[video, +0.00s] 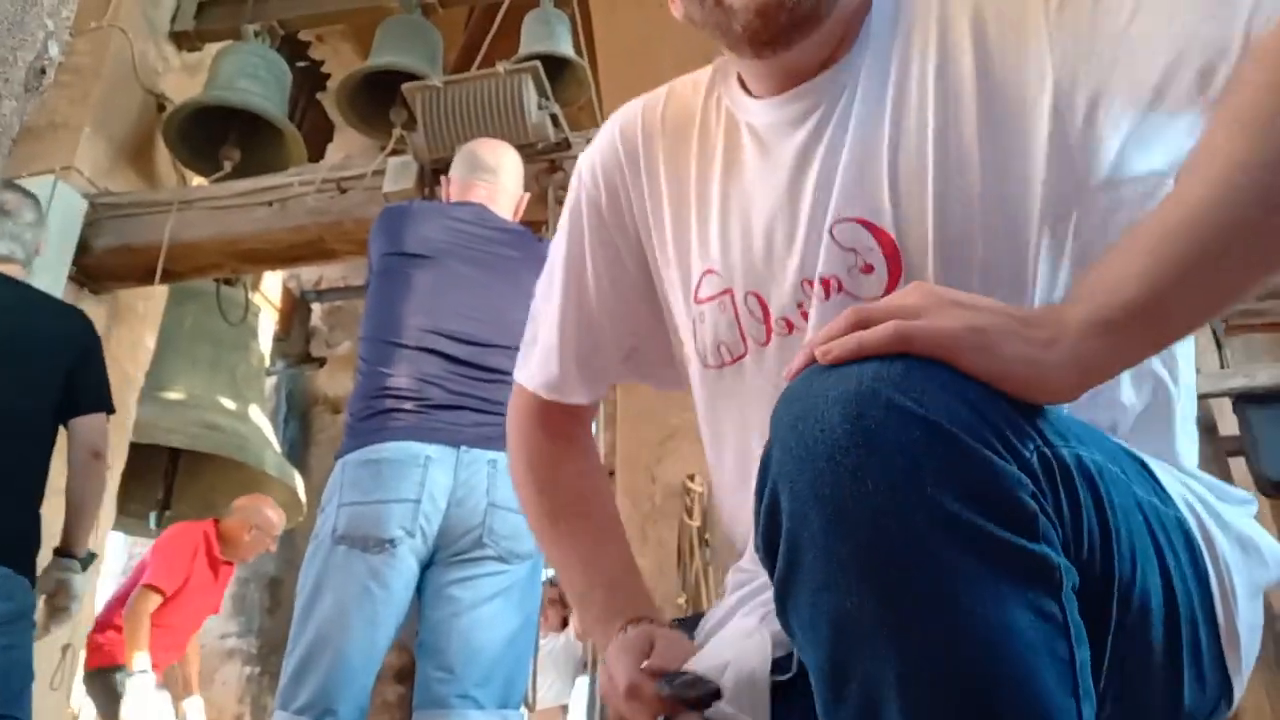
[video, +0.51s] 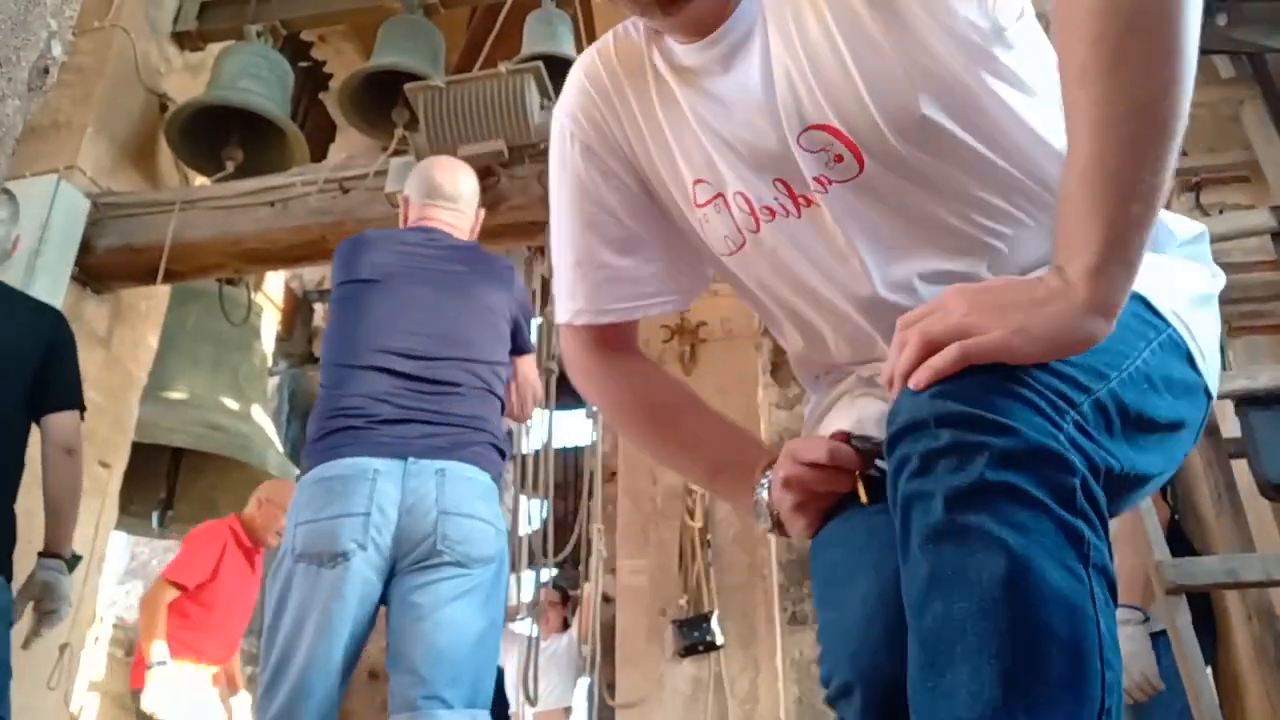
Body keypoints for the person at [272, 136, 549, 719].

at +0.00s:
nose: (441, 191)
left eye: (441, 185)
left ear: (444, 189)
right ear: (521, 207)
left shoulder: (394, 224)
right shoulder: (549, 259)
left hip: (388, 467)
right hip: (511, 480)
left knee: (319, 703)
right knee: (473, 706)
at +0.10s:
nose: (438, 189)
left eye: (439, 181)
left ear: (444, 185)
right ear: (520, 207)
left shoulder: (393, 225)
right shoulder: (539, 257)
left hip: (384, 466)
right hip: (506, 481)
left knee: (313, 702)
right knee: (470, 705)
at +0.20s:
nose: (430, 190)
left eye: (431, 183)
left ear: (438, 186)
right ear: (514, 203)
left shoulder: (388, 228)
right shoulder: (533, 254)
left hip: (381, 464)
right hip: (501, 479)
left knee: (309, 702)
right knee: (467, 704)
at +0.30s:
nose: (424, 193)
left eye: (425, 186)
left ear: (430, 190)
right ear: (506, 207)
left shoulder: (379, 235)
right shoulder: (527, 260)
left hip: (375, 466)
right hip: (494, 481)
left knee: (304, 701)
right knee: (462, 705)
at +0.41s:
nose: (414, 203)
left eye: (413, 197)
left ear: (418, 200)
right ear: (495, 212)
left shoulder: (367, 244)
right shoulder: (525, 270)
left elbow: (357, 356)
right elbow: (529, 395)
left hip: (363, 470)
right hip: (482, 481)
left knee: (298, 703)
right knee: (457, 705)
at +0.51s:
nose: (400, 212)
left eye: (398, 206)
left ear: (403, 211)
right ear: (477, 223)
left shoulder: (353, 253)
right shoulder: (503, 275)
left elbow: (355, 353)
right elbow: (523, 402)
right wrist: (453, 371)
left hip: (344, 480)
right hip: (464, 488)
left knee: (293, 705)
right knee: (444, 706)